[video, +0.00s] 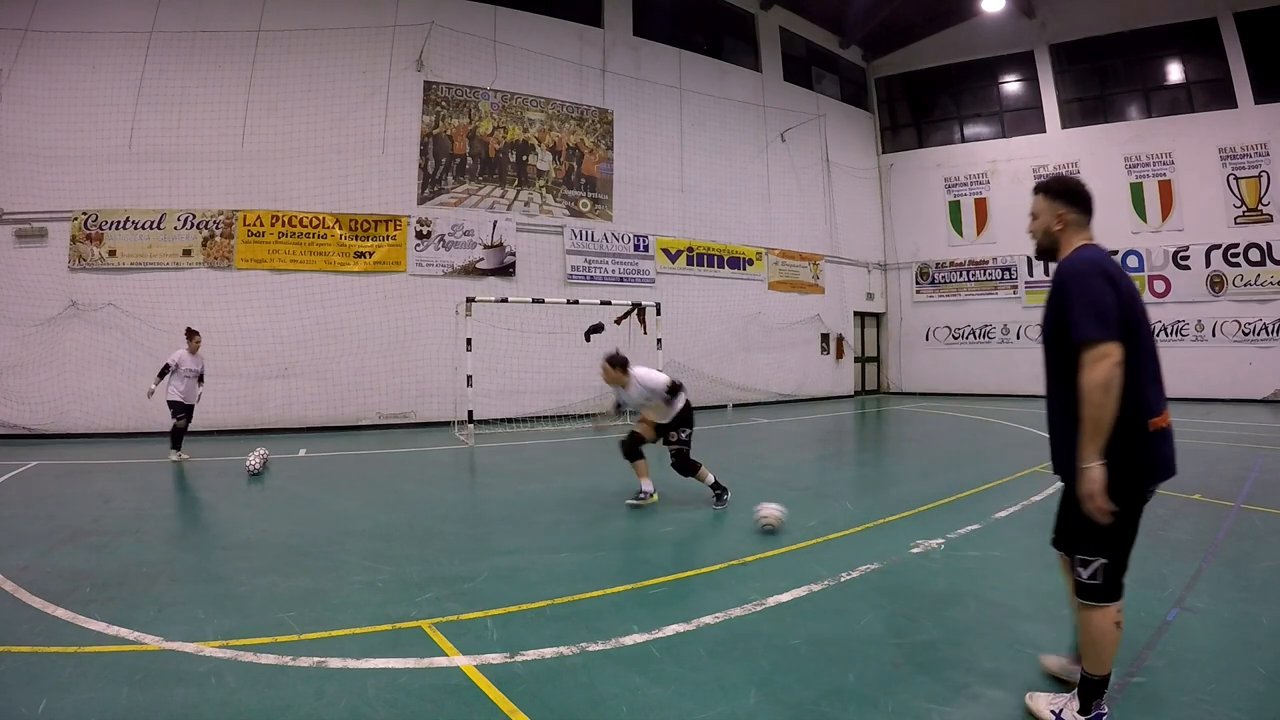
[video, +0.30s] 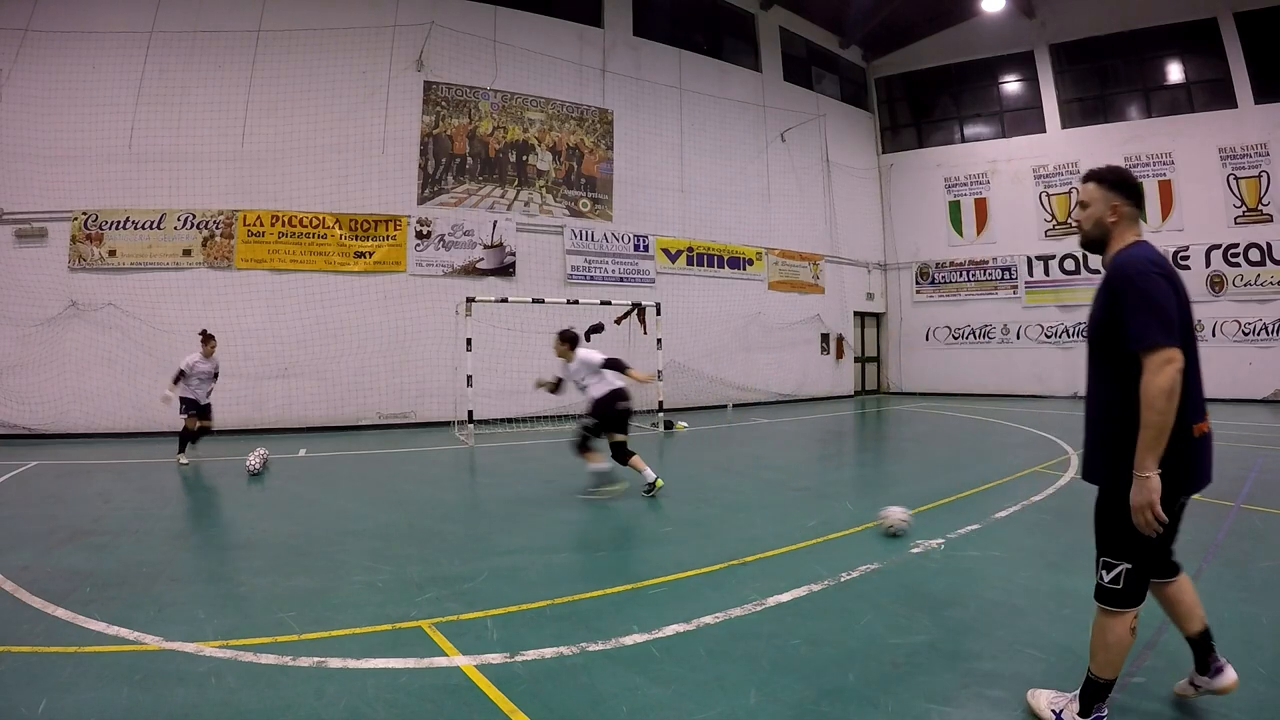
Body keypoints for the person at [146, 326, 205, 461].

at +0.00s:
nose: (199, 345)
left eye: (200, 342)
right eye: (196, 342)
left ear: (199, 343)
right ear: (189, 342)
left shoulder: (199, 359)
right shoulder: (179, 355)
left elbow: (201, 376)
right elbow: (165, 369)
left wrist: (200, 388)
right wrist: (153, 385)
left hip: (190, 397)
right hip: (175, 395)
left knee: (185, 424)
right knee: (181, 421)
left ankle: (178, 450)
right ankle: (173, 450)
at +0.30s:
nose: (214, 350)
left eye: (215, 347)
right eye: (212, 347)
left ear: (214, 347)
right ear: (203, 346)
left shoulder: (214, 362)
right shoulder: (191, 360)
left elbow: (215, 378)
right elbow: (179, 376)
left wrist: (210, 389)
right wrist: (169, 392)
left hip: (203, 397)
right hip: (188, 395)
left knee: (206, 426)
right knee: (190, 424)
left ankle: (192, 440)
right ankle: (181, 453)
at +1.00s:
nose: (253, 348)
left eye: (254, 345)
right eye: (251, 345)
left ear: (245, 345)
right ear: (242, 345)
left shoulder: (247, 358)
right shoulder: (234, 360)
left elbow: (245, 372)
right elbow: (225, 380)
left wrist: (253, 376)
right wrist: (224, 401)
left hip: (249, 394)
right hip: (238, 397)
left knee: (262, 420)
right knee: (258, 420)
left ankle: (258, 453)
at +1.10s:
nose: (253, 346)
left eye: (254, 344)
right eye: (251, 344)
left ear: (247, 343)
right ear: (242, 342)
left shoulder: (247, 356)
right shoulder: (235, 356)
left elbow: (242, 374)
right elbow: (225, 376)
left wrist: (252, 378)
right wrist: (223, 397)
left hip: (249, 397)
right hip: (236, 399)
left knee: (258, 421)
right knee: (247, 424)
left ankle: (258, 453)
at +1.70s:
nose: (251, 398)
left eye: (253, 396)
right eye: (251, 395)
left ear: (246, 388)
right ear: (245, 388)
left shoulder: (243, 392)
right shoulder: (232, 392)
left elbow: (242, 409)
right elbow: (227, 417)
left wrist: (247, 423)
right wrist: (227, 438)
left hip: (214, 397)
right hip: (202, 397)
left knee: (225, 424)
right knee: (218, 424)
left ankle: (222, 454)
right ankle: (217, 455)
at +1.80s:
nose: (249, 406)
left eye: (251, 404)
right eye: (248, 403)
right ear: (242, 397)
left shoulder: (242, 399)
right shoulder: (230, 400)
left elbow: (244, 414)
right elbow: (226, 423)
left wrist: (251, 428)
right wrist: (228, 446)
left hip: (211, 402)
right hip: (200, 403)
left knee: (230, 426)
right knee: (220, 427)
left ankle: (225, 455)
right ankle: (219, 457)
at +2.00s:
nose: (247, 410)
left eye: (248, 408)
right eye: (246, 407)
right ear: (239, 402)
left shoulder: (237, 400)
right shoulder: (228, 404)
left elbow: (240, 418)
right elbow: (231, 430)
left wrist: (247, 435)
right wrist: (247, 447)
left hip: (211, 403)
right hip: (199, 404)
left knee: (226, 427)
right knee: (220, 427)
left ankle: (223, 455)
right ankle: (219, 457)